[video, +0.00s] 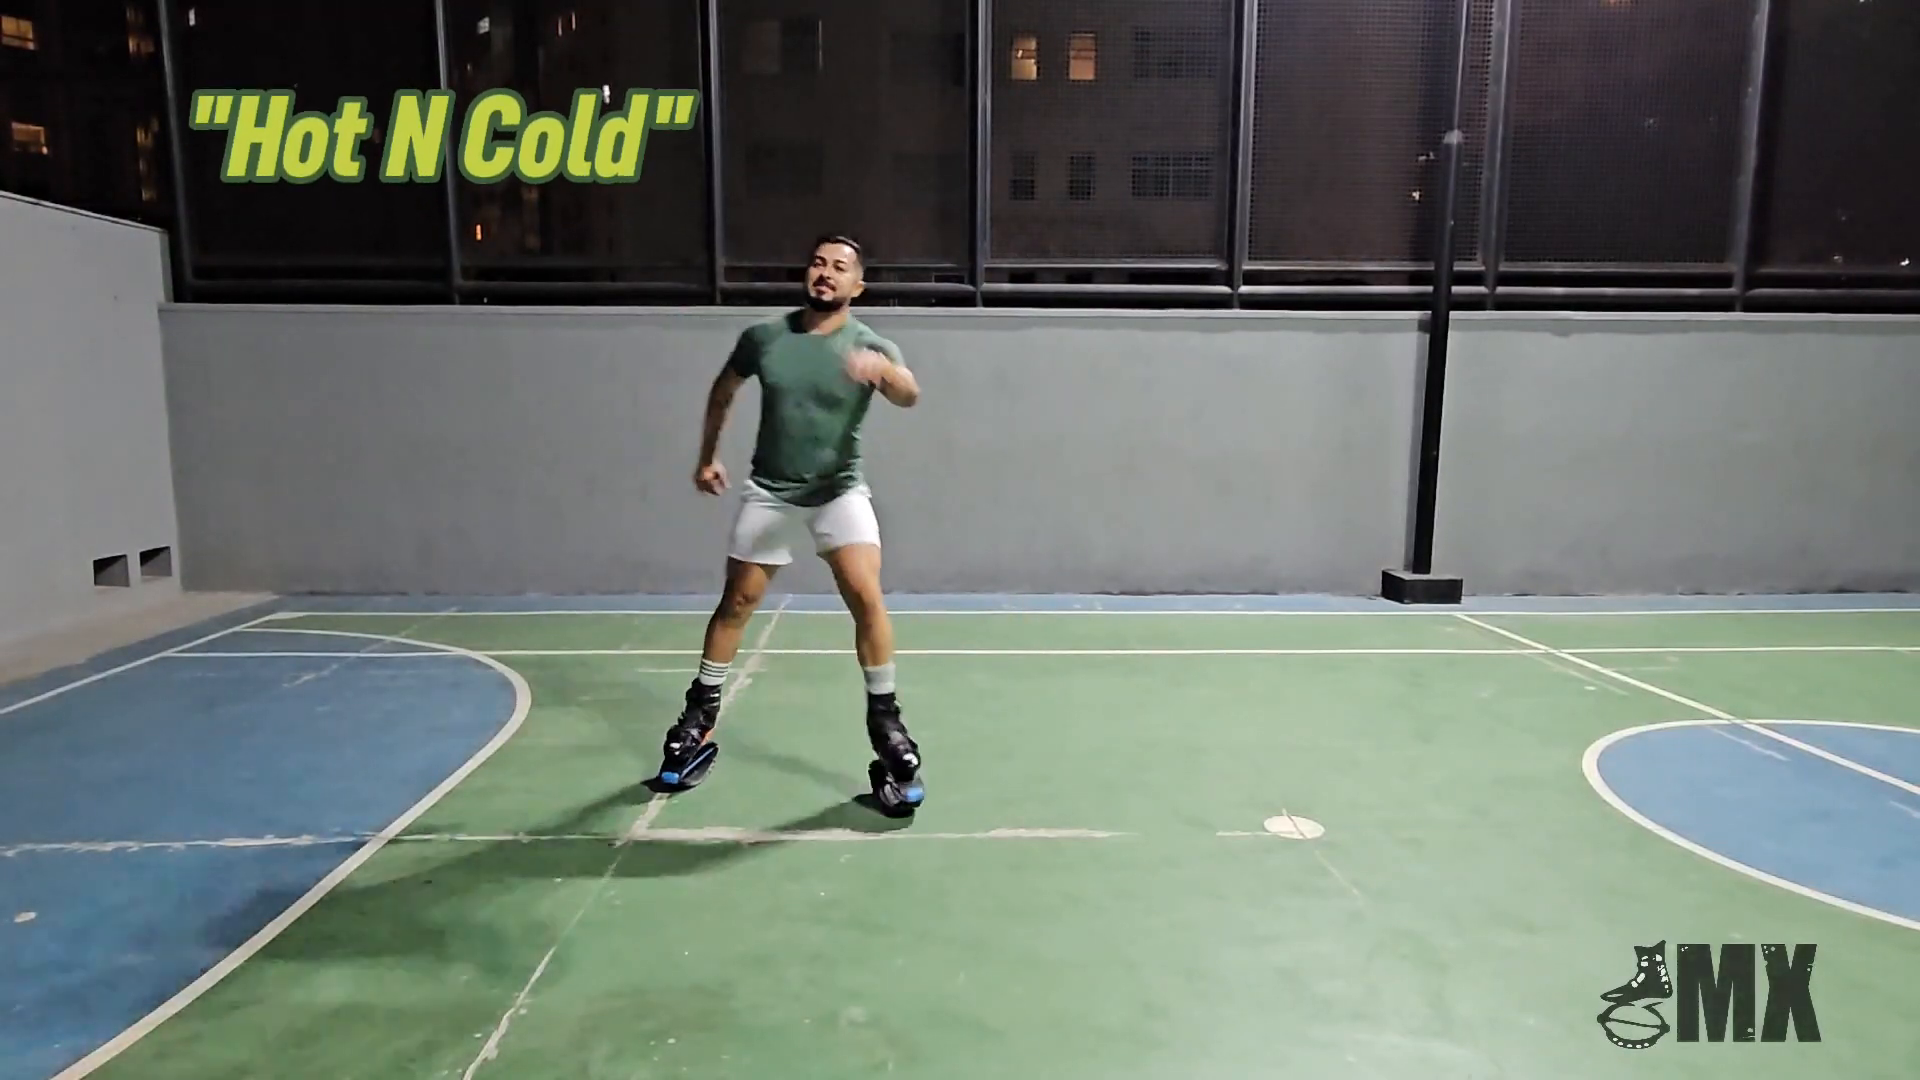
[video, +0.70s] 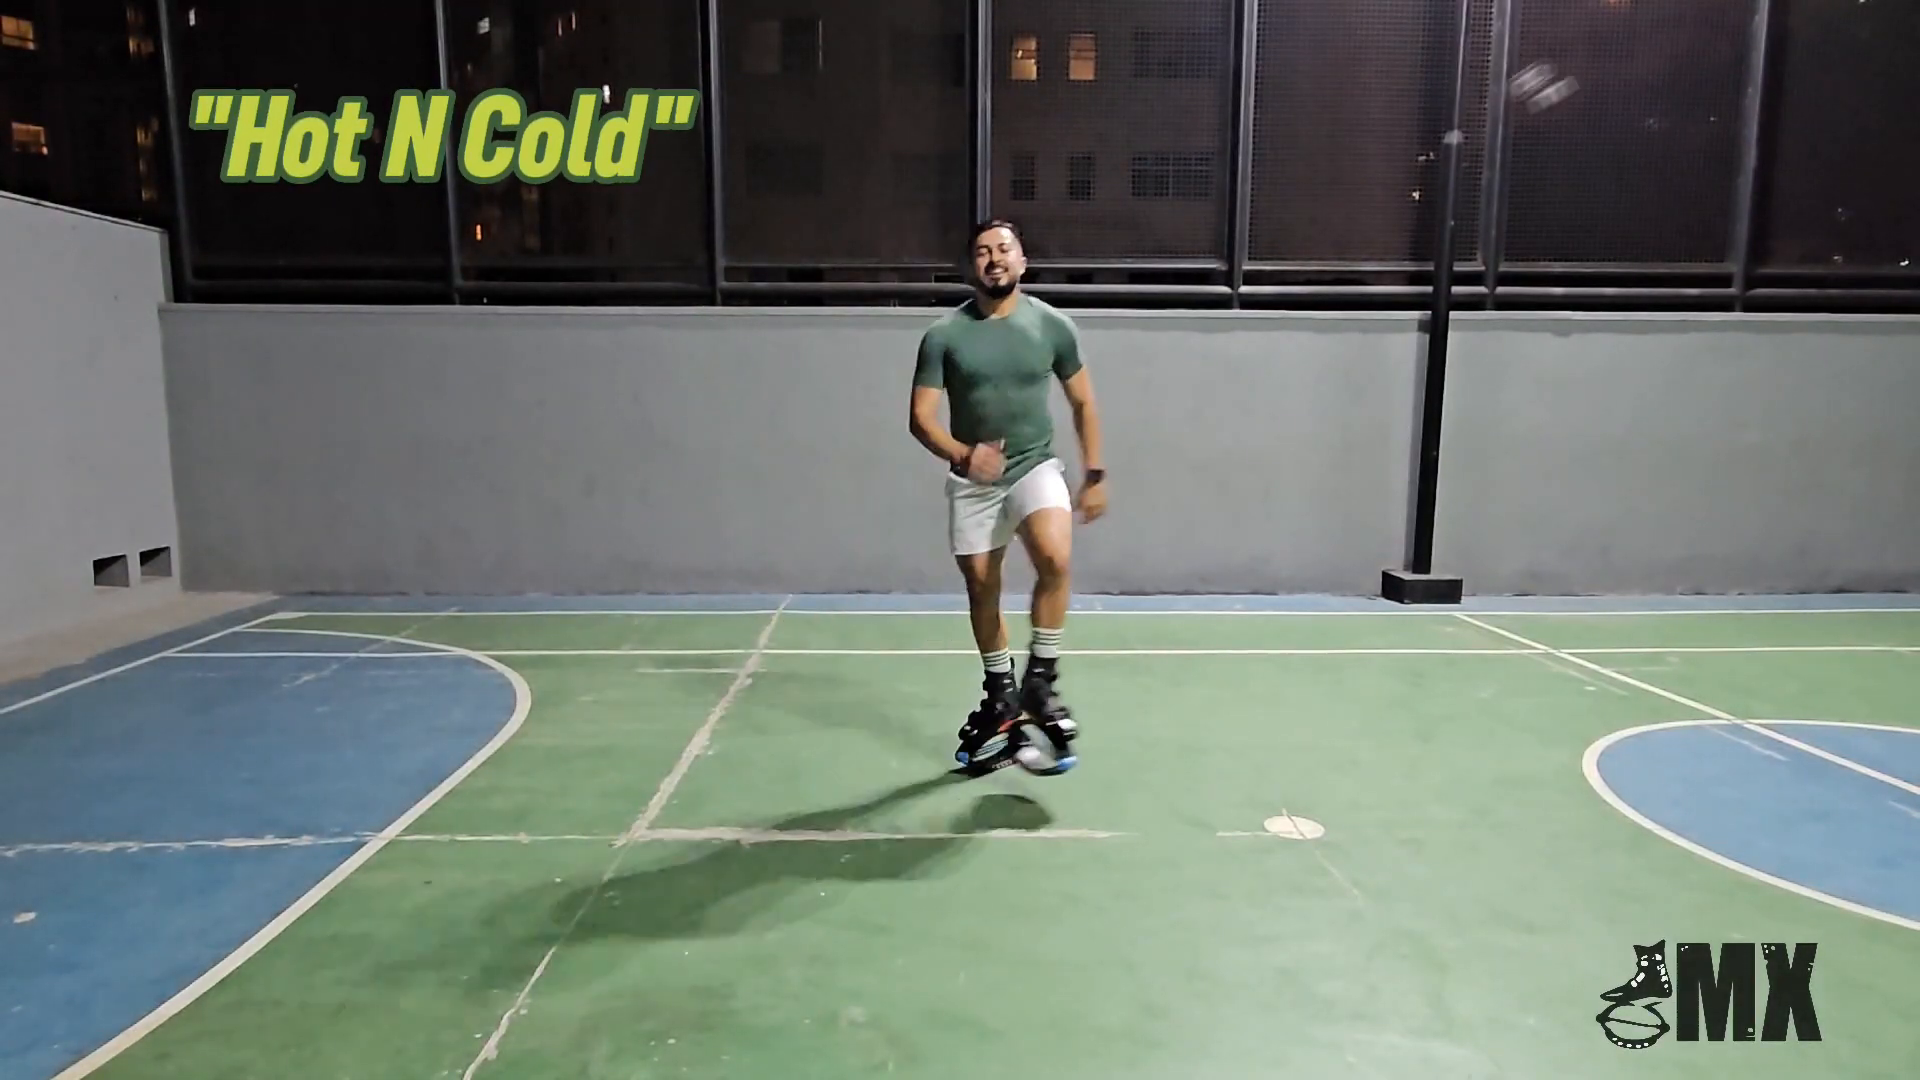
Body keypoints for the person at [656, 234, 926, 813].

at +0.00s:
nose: (825, 272)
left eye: (838, 266)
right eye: (818, 263)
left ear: (858, 285)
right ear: (804, 276)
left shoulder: (871, 345)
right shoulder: (763, 338)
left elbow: (909, 396)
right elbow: (722, 392)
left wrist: (882, 374)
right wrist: (708, 456)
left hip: (839, 493)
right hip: (769, 493)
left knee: (867, 595)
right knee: (738, 601)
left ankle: (885, 718)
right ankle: (699, 715)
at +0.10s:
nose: (852, 273)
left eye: (866, 266)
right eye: (845, 263)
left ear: (887, 283)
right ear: (832, 275)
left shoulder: (900, 346)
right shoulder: (796, 344)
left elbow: (931, 399)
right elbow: (763, 403)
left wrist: (936, 433)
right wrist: (749, 459)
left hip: (876, 497)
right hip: (805, 495)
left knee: (889, 602)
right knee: (765, 599)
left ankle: (891, 729)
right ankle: (720, 709)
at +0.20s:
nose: (877, 261)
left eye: (891, 255)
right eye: (871, 252)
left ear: (911, 273)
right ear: (858, 265)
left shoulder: (927, 337)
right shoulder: (826, 340)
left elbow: (963, 417)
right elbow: (804, 405)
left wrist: (983, 492)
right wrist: (796, 428)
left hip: (903, 490)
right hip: (835, 487)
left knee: (904, 599)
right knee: (793, 591)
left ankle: (895, 723)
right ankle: (795, 688)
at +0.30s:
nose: (902, 254)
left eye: (915, 247)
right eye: (894, 245)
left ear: (935, 265)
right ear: (882, 260)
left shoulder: (960, 334)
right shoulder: (849, 336)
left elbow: (992, 418)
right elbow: (828, 424)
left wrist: (994, 498)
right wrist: (843, 398)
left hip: (930, 484)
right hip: (864, 481)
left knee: (918, 596)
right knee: (837, 589)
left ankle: (901, 719)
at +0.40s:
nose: (928, 263)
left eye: (940, 254)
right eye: (918, 254)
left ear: (959, 269)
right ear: (905, 267)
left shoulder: (984, 336)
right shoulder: (873, 335)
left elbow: (1011, 416)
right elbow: (853, 407)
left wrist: (995, 483)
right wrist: (899, 373)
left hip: (958, 487)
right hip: (896, 487)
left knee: (935, 597)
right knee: (895, 600)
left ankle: (905, 726)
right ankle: (963, 683)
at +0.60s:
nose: (970, 274)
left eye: (980, 264)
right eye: (959, 266)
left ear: (998, 276)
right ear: (946, 280)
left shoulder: (1029, 342)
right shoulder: (920, 348)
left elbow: (1049, 415)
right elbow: (907, 413)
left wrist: (1044, 477)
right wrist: (964, 413)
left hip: (1016, 482)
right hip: (954, 492)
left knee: (1015, 579)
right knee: (966, 602)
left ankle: (984, 689)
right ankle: (999, 695)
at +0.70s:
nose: (994, 258)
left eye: (1004, 248)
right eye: (983, 252)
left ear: (1023, 260)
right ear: (971, 267)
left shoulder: (1052, 327)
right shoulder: (943, 336)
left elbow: (1083, 402)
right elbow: (922, 419)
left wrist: (1093, 474)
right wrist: (961, 455)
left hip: (1037, 467)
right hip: (973, 477)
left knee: (1056, 561)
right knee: (982, 584)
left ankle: (1041, 681)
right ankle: (999, 691)